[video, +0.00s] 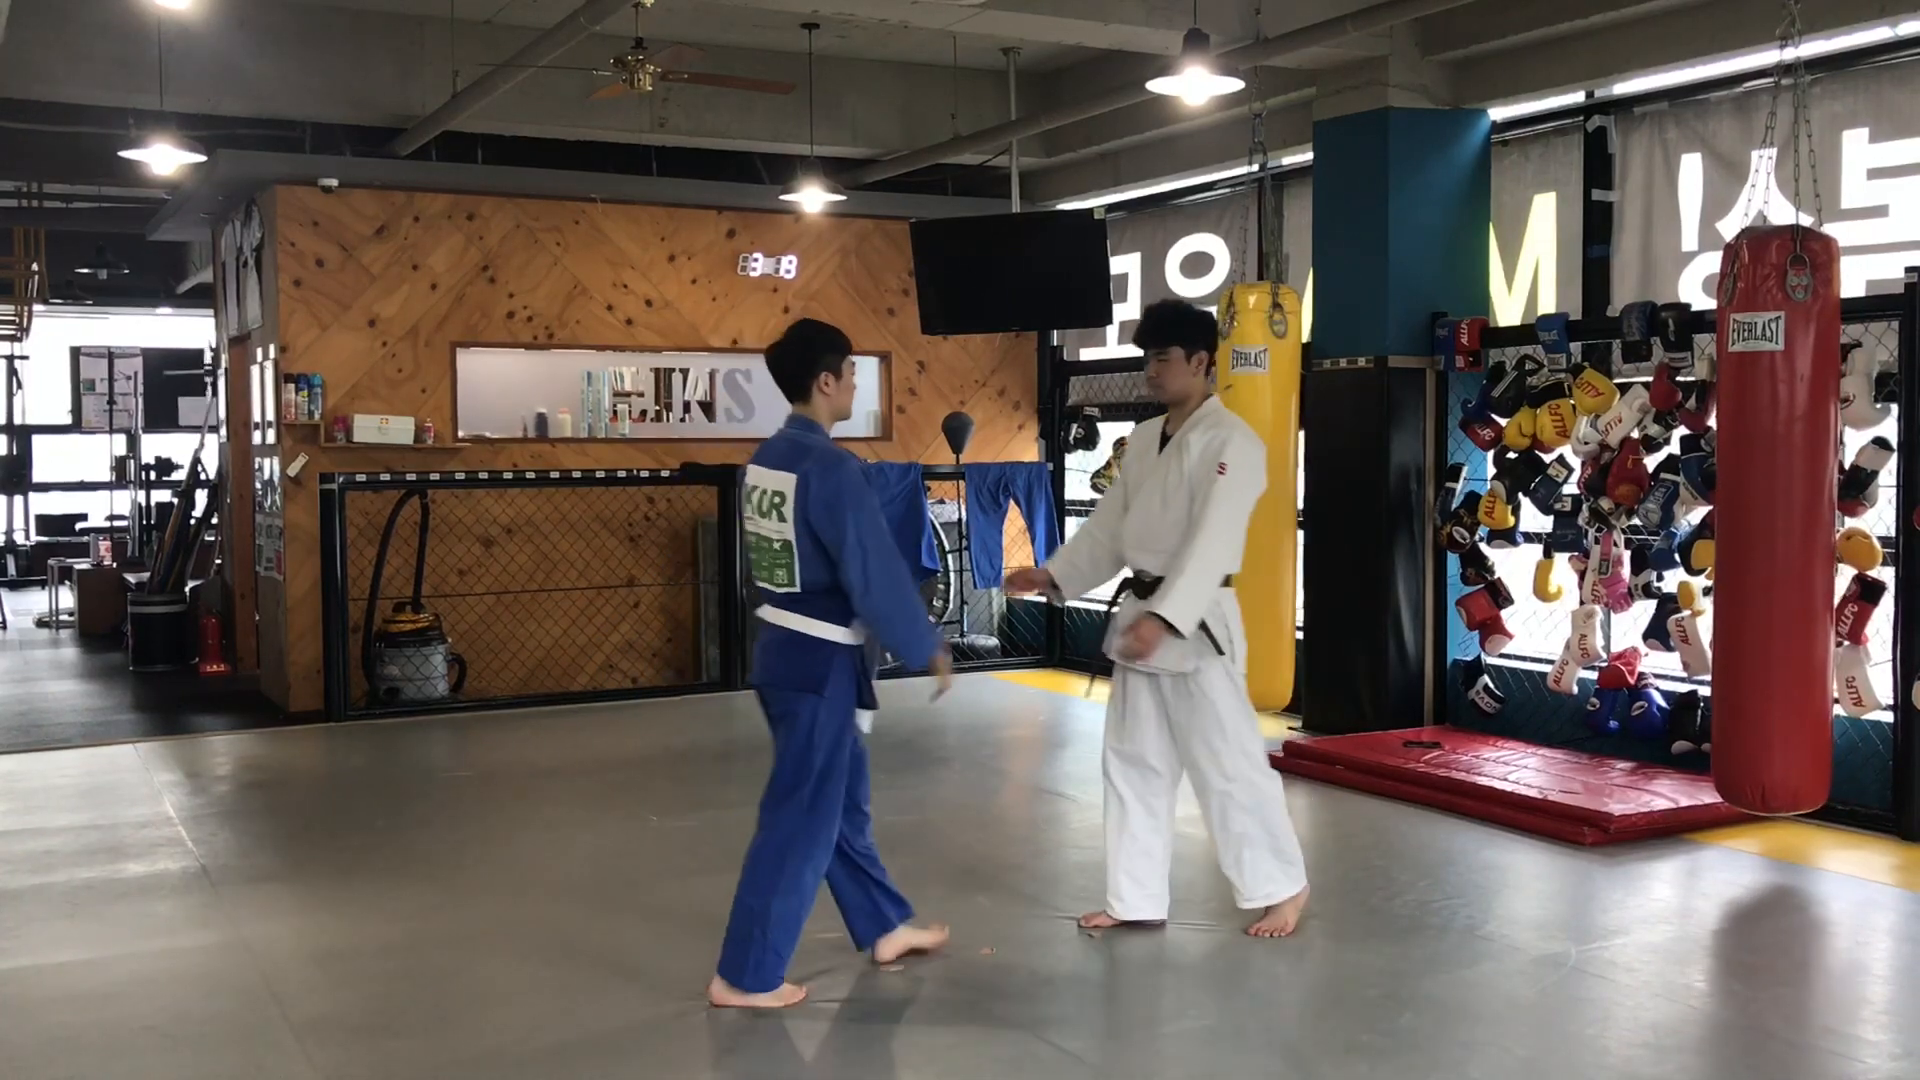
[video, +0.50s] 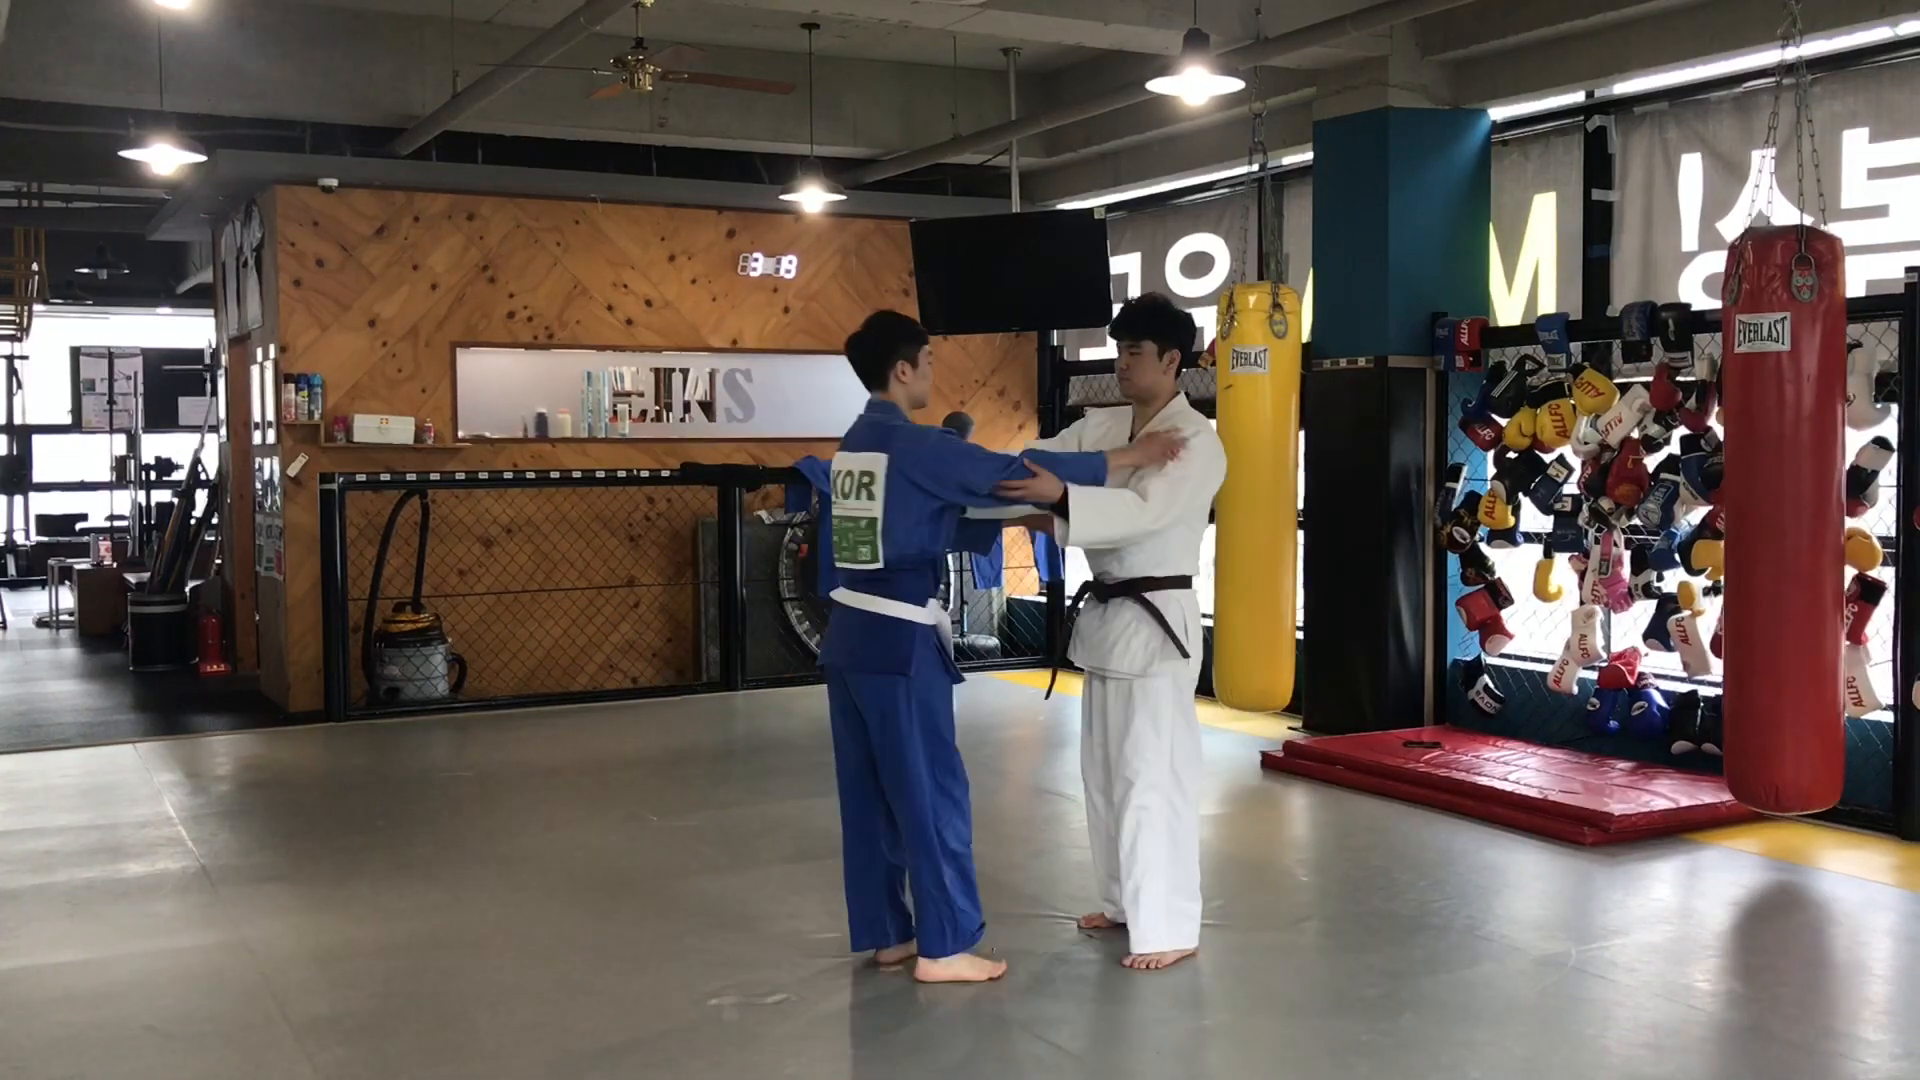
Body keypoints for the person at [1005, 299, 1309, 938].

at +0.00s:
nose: (1150, 372)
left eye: (1161, 360)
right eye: (1148, 361)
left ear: (1200, 361)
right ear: (1158, 364)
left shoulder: (1233, 443)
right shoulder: (1143, 440)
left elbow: (1217, 541)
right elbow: (1109, 524)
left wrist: (1164, 615)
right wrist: (1055, 575)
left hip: (1196, 617)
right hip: (1135, 612)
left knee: (1226, 761)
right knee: (1135, 763)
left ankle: (1284, 884)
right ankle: (1138, 900)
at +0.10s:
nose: (1136, 370)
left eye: (1149, 358)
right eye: (1134, 359)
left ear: (1190, 361)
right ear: (1139, 363)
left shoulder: (1216, 443)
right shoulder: (1130, 441)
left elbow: (1198, 539)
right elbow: (1090, 518)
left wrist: (1133, 598)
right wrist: (1027, 550)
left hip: (1184, 620)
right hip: (1125, 617)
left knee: (1207, 761)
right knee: (1125, 765)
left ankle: (1271, 876)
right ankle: (1137, 901)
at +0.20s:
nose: (1128, 368)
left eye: (1142, 357)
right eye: (1125, 357)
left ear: (1180, 361)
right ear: (1125, 362)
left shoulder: (1208, 442)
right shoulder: (1112, 440)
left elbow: (1185, 525)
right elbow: (1067, 512)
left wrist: (1118, 567)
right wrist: (995, 525)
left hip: (1174, 617)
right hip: (1116, 615)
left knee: (1182, 761)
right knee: (1118, 766)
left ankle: (1246, 883)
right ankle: (1136, 903)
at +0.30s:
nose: (1123, 368)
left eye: (1136, 357)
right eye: (1120, 356)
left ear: (1174, 359)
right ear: (1121, 359)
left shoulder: (1203, 441)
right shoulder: (1108, 430)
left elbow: (1169, 513)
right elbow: (1064, 498)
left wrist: (1091, 543)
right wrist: (992, 492)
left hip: (1170, 612)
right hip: (1114, 610)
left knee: (1167, 766)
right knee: (1114, 766)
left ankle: (1207, 912)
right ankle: (1136, 901)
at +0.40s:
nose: (1123, 367)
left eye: (1136, 355)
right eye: (1119, 355)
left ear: (1175, 361)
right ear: (1120, 362)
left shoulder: (1199, 442)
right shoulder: (1104, 433)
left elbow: (1154, 507)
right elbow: (1047, 473)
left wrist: (1069, 520)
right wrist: (989, 490)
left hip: (1164, 617)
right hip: (1109, 614)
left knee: (1160, 776)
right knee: (1108, 770)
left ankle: (1168, 928)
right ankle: (1125, 902)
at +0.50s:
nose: (1123, 362)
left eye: (1137, 352)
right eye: (1120, 351)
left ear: (1175, 360)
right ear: (1118, 358)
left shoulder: (1196, 441)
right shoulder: (1098, 426)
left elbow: (1149, 511)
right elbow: (1037, 467)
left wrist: (1062, 505)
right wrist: (971, 476)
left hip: (1156, 619)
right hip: (1104, 615)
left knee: (1152, 776)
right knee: (1106, 771)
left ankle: (1170, 930)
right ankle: (1124, 901)